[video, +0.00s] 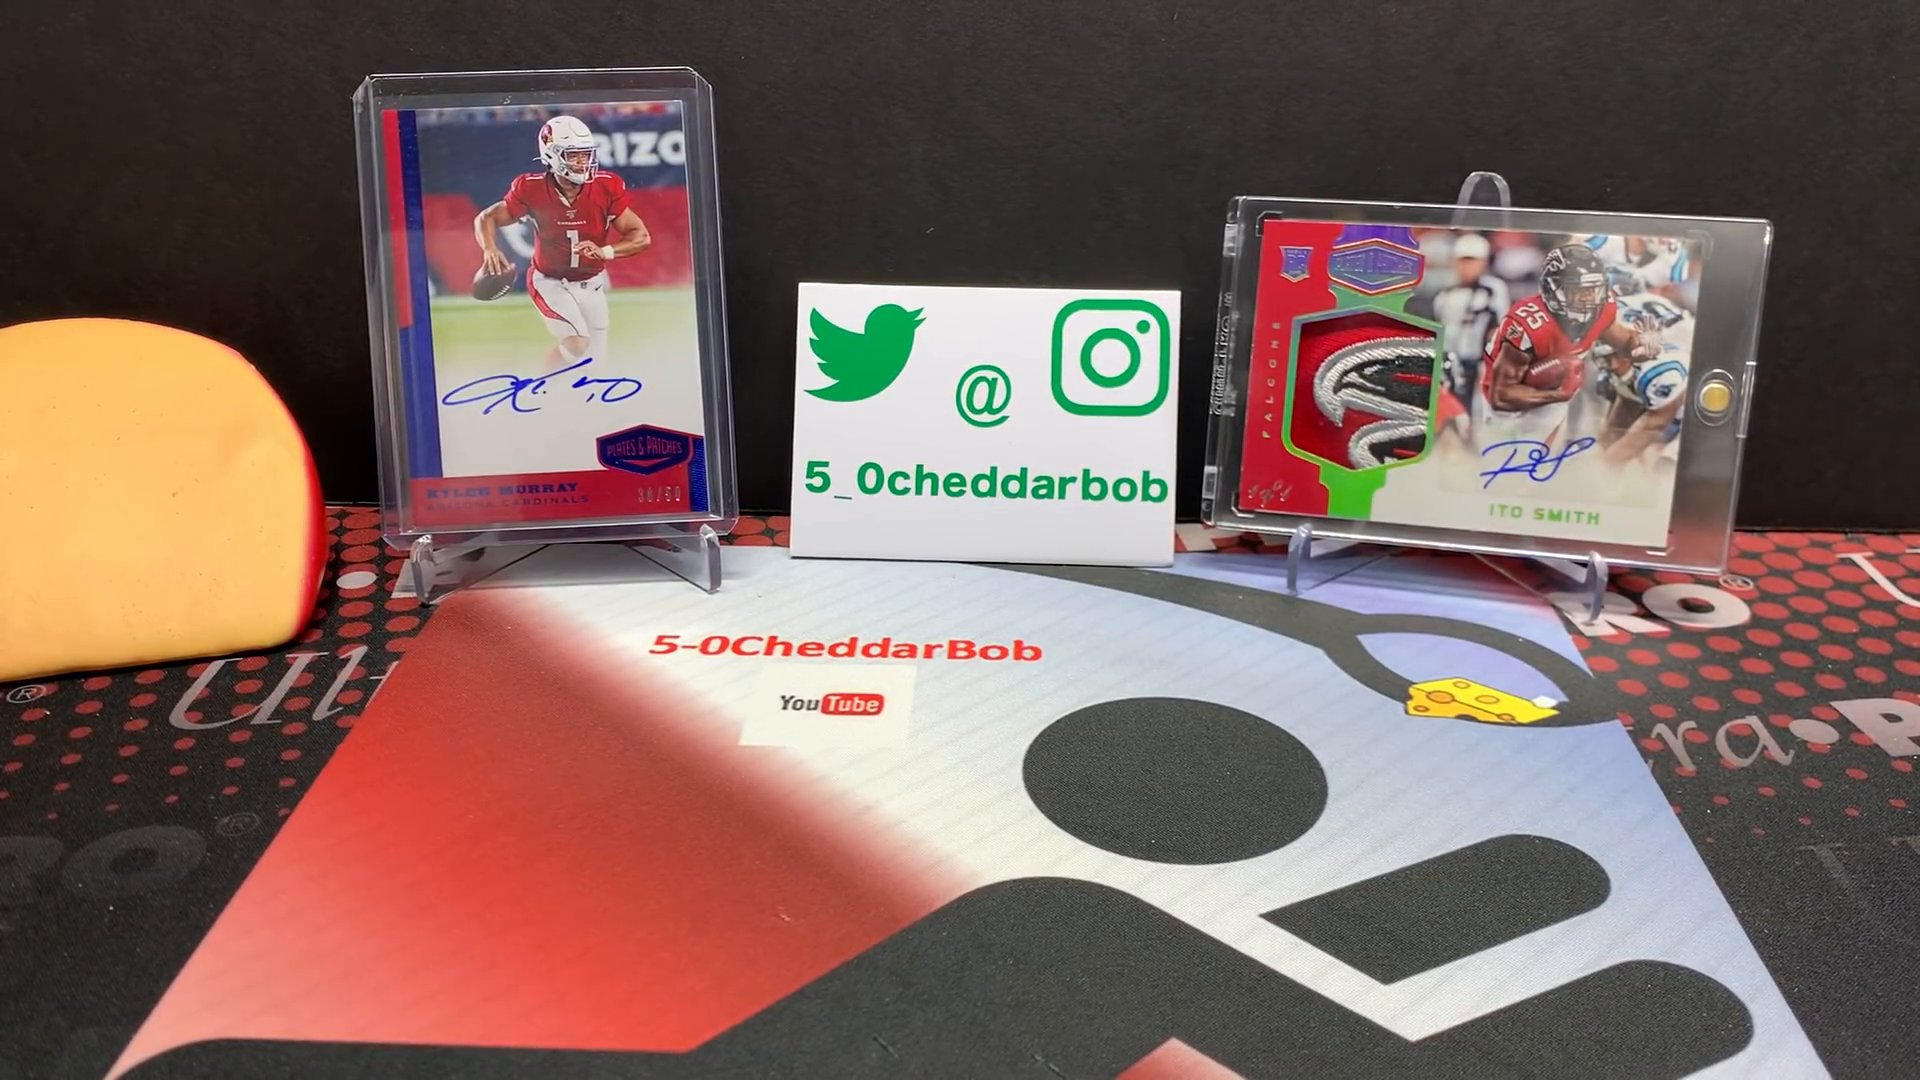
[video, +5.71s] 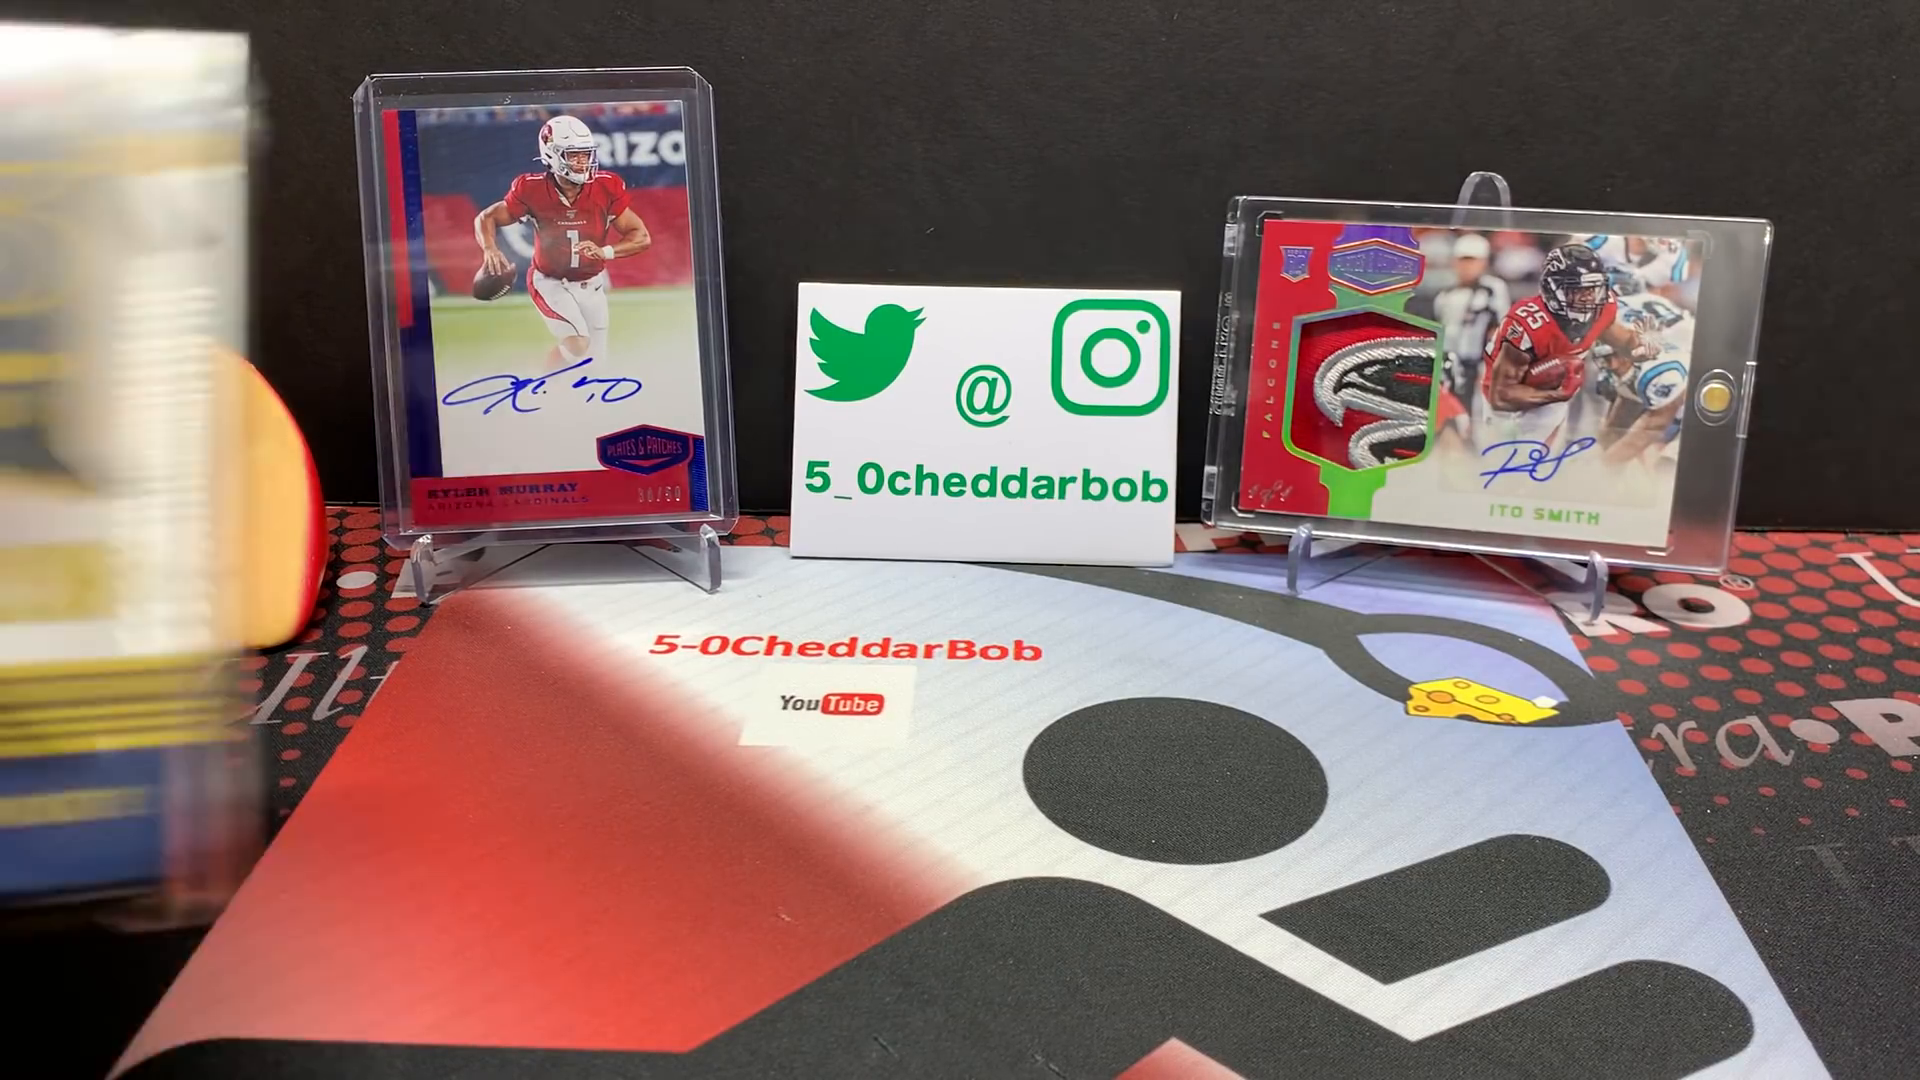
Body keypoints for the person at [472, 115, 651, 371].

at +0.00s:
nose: (580, 162)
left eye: (585, 155)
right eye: (572, 156)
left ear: (592, 154)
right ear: (552, 155)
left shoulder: (607, 187)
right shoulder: (530, 189)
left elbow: (641, 237)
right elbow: (484, 219)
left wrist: (606, 252)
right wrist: (490, 249)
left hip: (591, 283)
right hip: (549, 280)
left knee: (596, 363)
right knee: (576, 343)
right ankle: (534, 391)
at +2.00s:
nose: (581, 162)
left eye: (585, 155)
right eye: (573, 156)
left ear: (591, 154)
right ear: (552, 155)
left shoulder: (607, 186)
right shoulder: (530, 189)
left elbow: (641, 237)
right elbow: (484, 219)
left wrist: (605, 252)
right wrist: (490, 249)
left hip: (591, 283)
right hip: (549, 280)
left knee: (596, 361)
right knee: (576, 344)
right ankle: (534, 391)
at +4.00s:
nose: (580, 162)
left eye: (585, 155)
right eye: (573, 156)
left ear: (591, 154)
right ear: (552, 155)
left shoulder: (606, 187)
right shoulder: (530, 189)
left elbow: (641, 238)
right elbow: (484, 219)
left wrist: (605, 252)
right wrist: (490, 248)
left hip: (591, 283)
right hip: (549, 280)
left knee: (596, 362)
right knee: (577, 344)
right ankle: (534, 391)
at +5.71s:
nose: (580, 162)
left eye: (585, 155)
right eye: (573, 156)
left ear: (591, 154)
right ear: (552, 155)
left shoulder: (607, 187)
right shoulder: (530, 190)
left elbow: (642, 238)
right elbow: (484, 219)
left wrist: (605, 252)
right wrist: (490, 248)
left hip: (591, 283)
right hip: (548, 280)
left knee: (596, 363)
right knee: (577, 344)